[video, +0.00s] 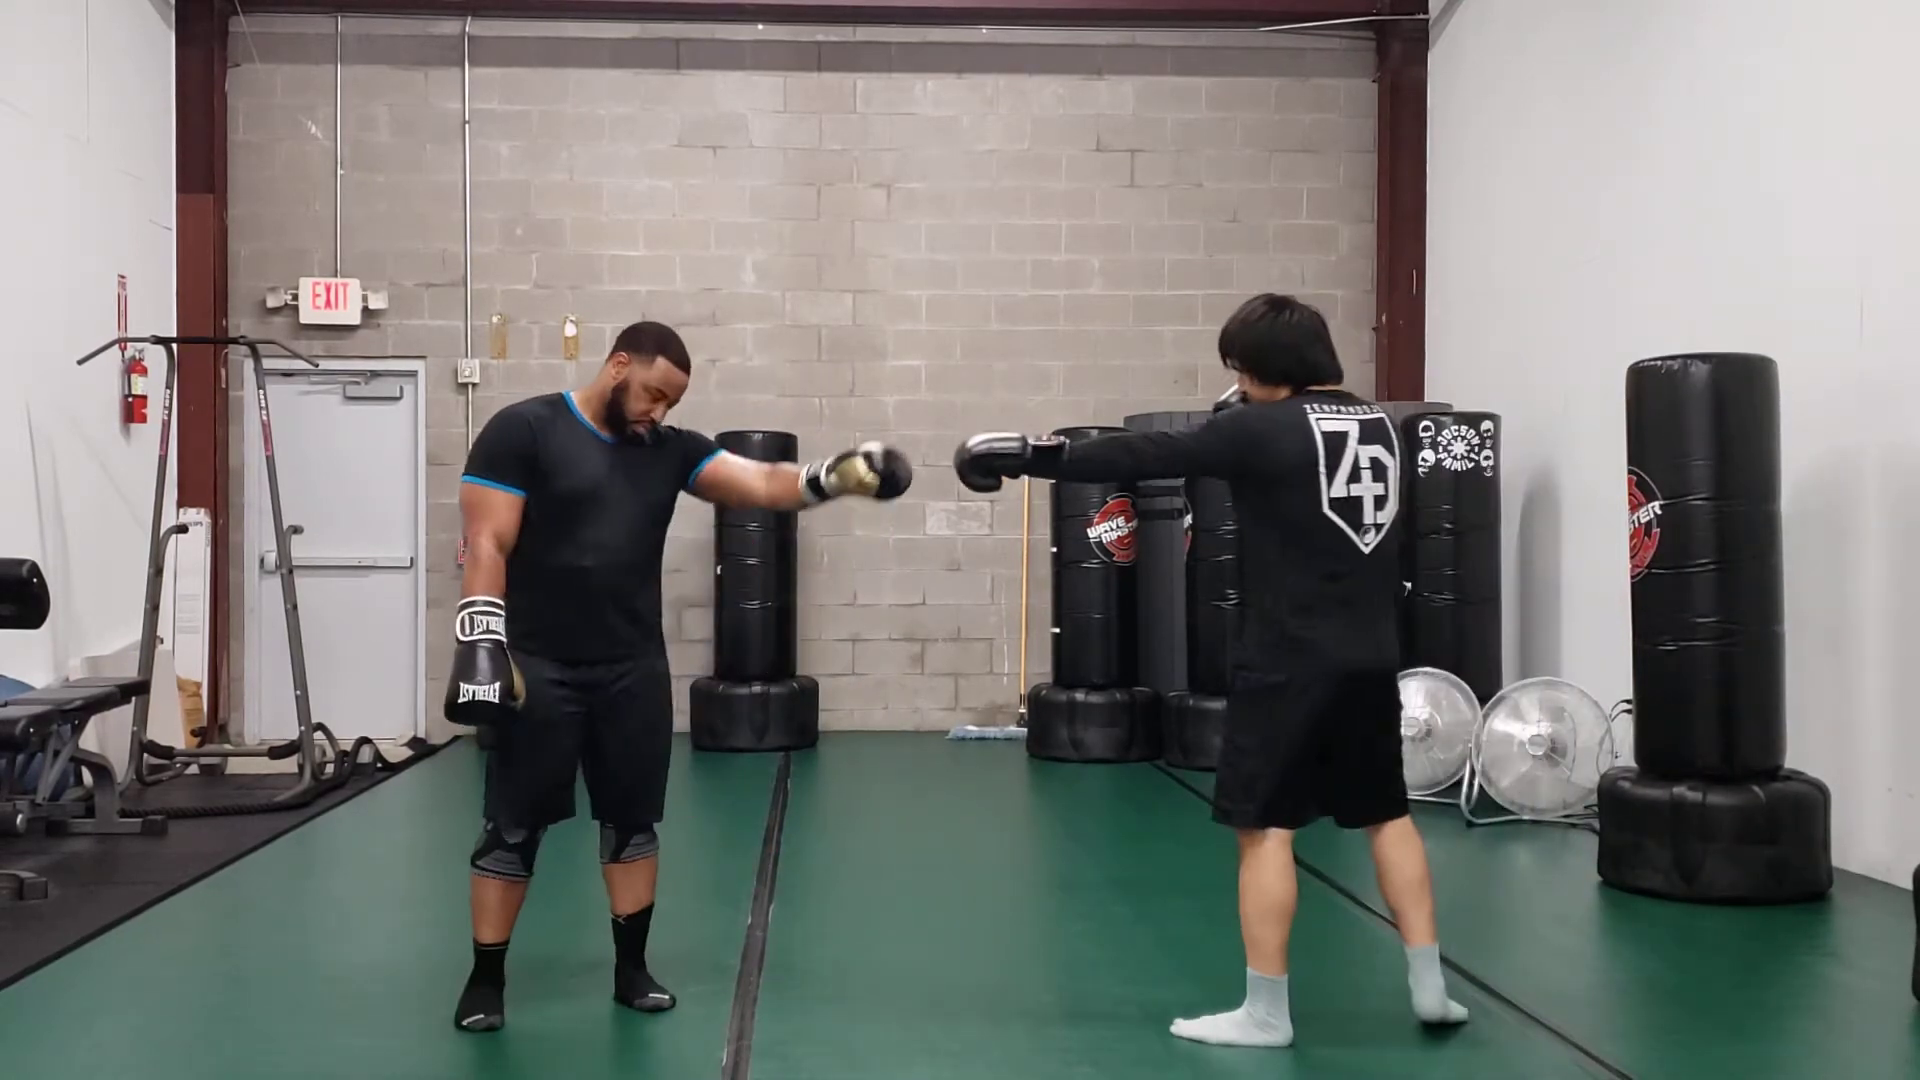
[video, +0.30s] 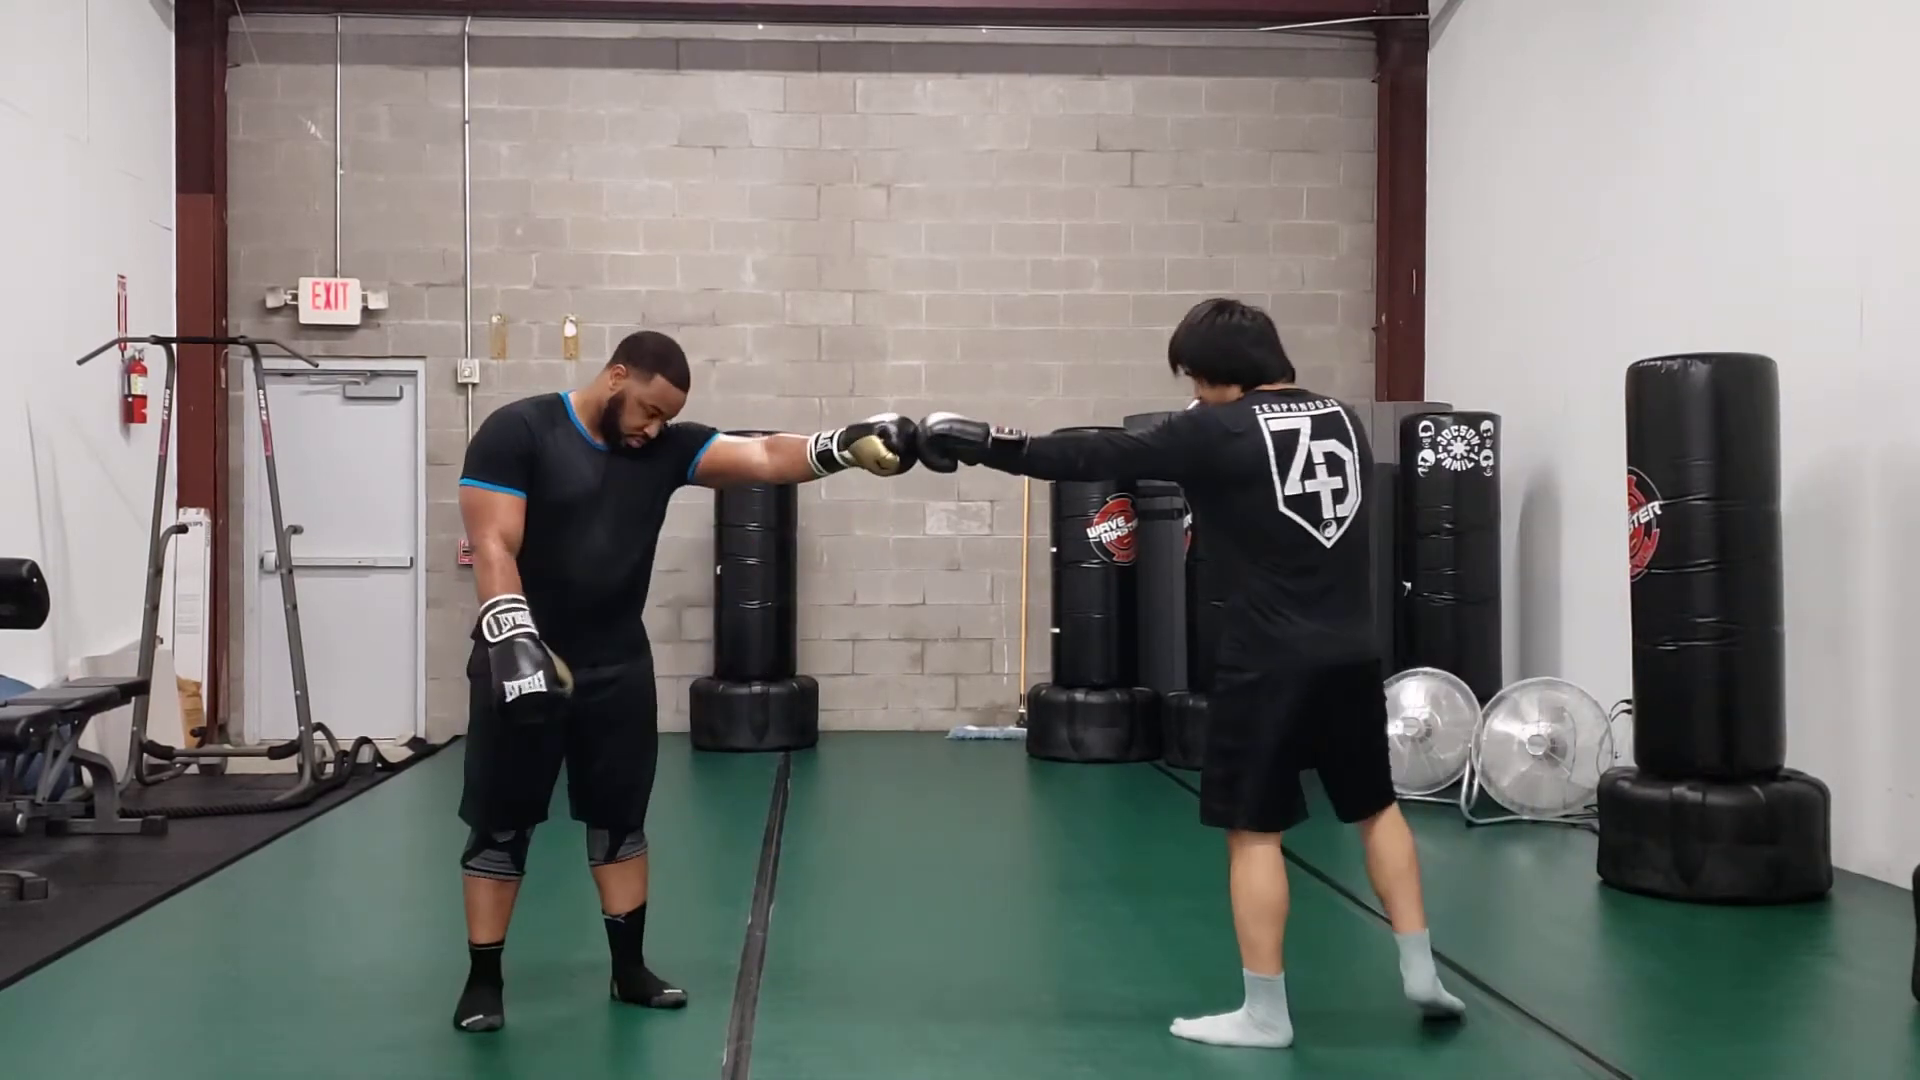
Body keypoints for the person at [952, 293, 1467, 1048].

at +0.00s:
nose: (1236, 385)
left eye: (1240, 372)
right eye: (1235, 372)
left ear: (1270, 371)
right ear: (1318, 363)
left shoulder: (1261, 430)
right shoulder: (1382, 426)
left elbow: (1154, 451)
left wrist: (1048, 456)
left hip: (1286, 667)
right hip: (1369, 663)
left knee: (1264, 828)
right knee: (1389, 814)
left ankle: (1265, 1013)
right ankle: (1430, 986)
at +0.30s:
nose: (1192, 395)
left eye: (1194, 382)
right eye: (1189, 383)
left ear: (1222, 376)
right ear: (1273, 363)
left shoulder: (1218, 432)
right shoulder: (1342, 420)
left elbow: (1104, 452)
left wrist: (991, 446)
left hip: (1266, 668)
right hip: (1350, 659)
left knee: (1255, 830)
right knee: (1377, 807)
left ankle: (1264, 1012)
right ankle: (1422, 972)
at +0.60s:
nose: (1192, 414)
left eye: (1194, 398)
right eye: (1187, 400)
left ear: (1232, 388)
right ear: (1253, 381)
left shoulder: (1267, 445)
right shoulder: (1318, 426)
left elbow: (1277, 547)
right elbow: (1301, 535)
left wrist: (1179, 534)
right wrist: (1214, 503)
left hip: (1274, 669)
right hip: (1340, 662)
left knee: (1241, 827)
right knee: (1349, 817)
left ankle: (1263, 1012)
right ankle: (1397, 983)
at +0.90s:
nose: (1185, 413)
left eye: (1187, 398)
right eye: (1181, 400)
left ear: (1223, 389)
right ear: (1237, 383)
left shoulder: (1271, 436)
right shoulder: (1290, 432)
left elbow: (1291, 531)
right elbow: (1264, 531)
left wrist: (1204, 517)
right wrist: (1196, 506)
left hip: (1279, 658)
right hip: (1334, 657)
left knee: (1221, 816)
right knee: (1354, 816)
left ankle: (1178, 989)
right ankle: (1398, 986)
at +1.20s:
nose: (1107, 454)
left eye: (1110, 440)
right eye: (1102, 442)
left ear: (1144, 425)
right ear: (1160, 419)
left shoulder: (1184, 470)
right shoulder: (1225, 448)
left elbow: (1186, 572)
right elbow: (1221, 548)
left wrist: (1107, 560)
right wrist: (1138, 519)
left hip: (1233, 665)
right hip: (1282, 661)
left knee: (1156, 818)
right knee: (1251, 796)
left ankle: (1170, 998)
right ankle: (1348, 933)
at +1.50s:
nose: (1079, 456)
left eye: (1084, 441)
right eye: (1076, 442)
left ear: (1118, 435)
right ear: (1141, 429)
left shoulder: (1150, 478)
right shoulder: (1191, 465)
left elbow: (1133, 564)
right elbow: (1174, 557)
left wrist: (1063, 552)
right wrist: (1094, 529)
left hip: (1181, 676)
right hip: (1229, 676)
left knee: (1051, 792)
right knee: (1218, 816)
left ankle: (1086, 960)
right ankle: (1296, 961)